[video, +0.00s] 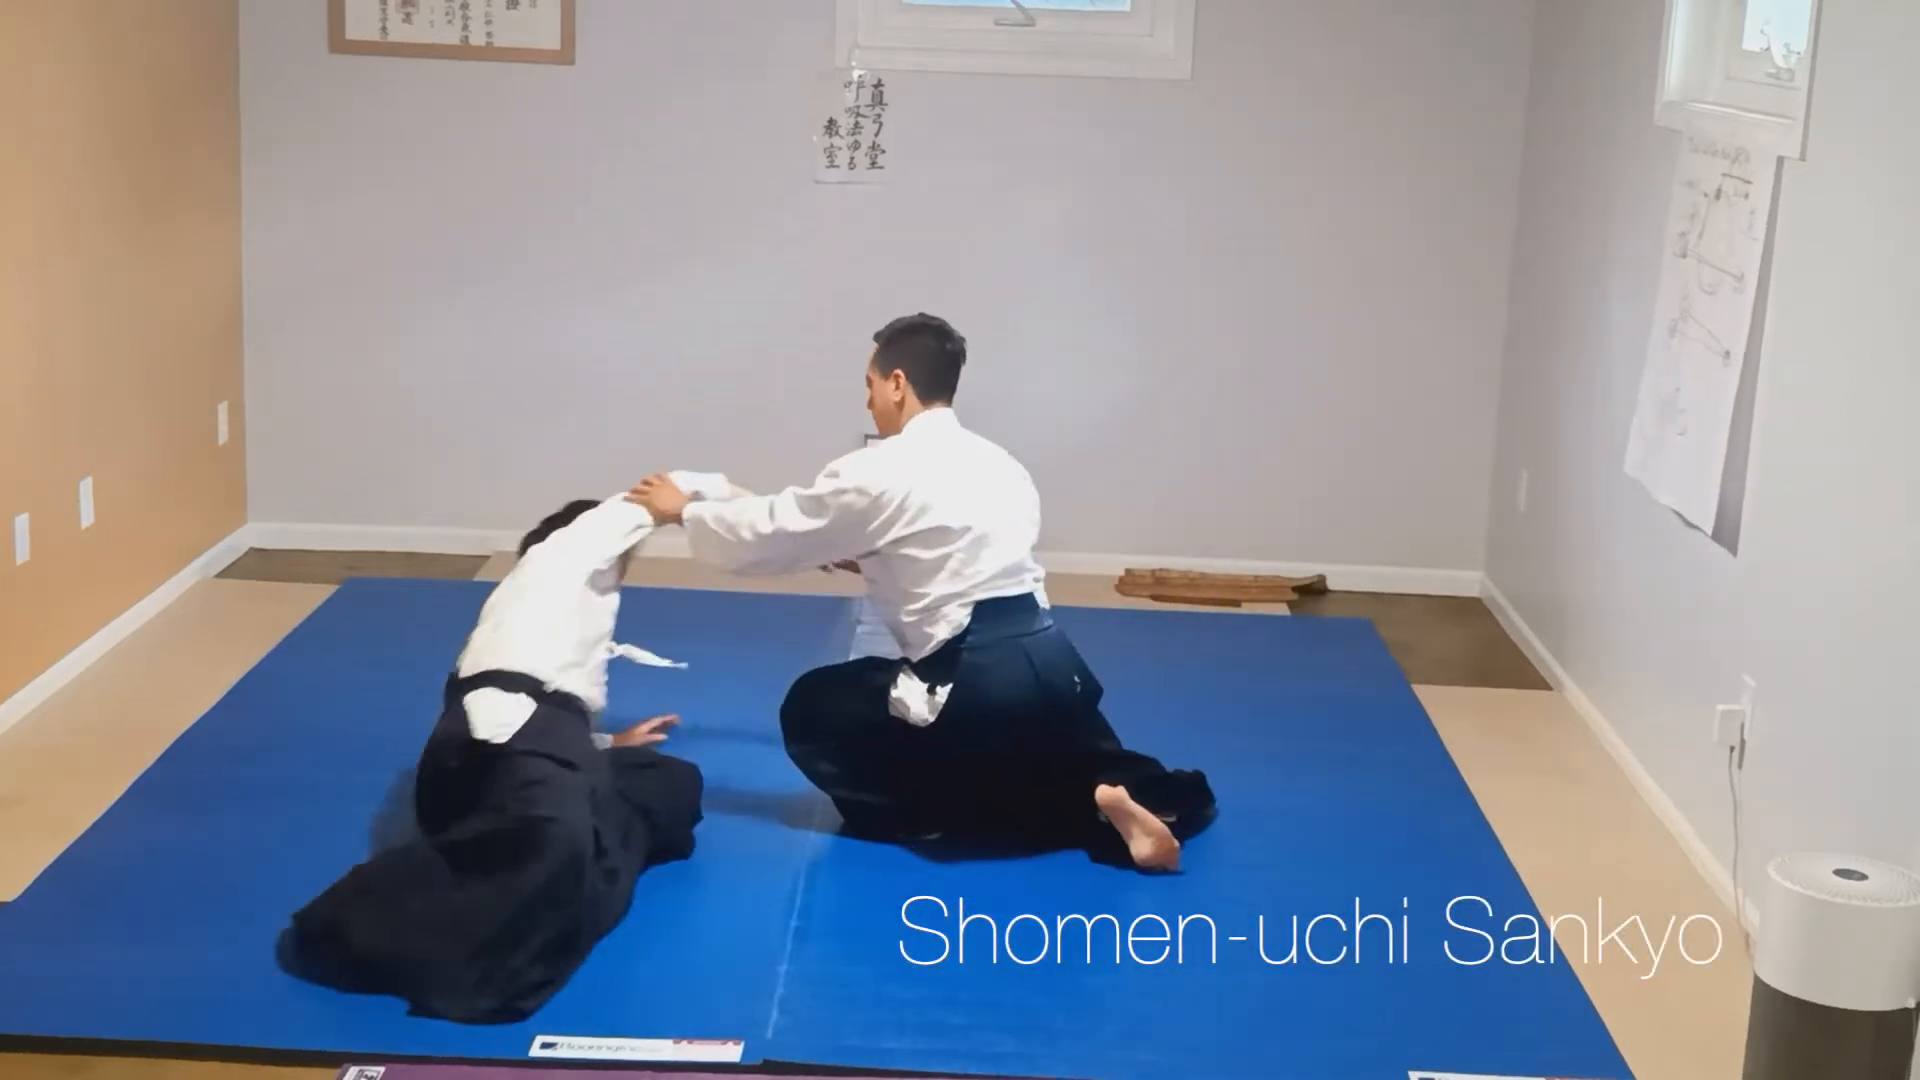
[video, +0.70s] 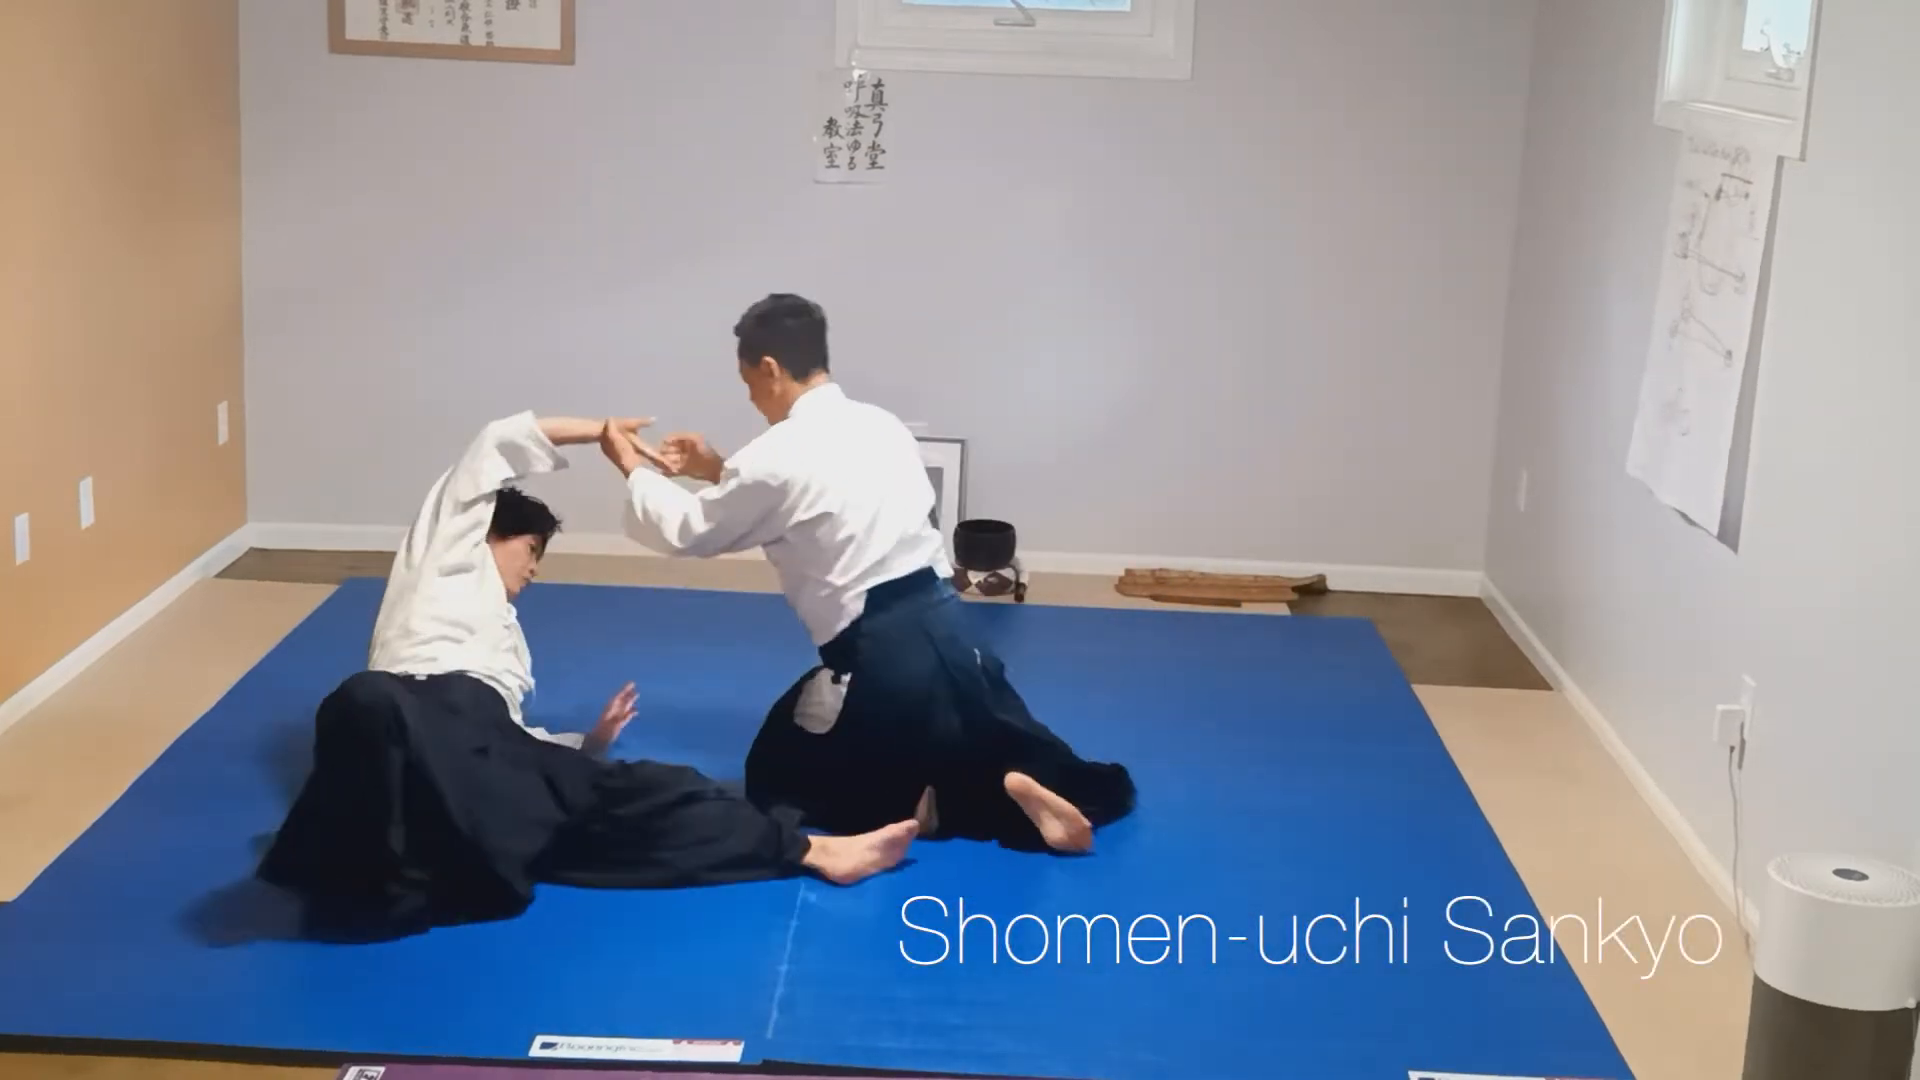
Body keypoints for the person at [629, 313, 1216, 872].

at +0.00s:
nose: (869, 401)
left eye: (871, 386)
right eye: (871, 385)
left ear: (895, 385)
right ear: (947, 387)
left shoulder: (880, 473)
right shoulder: (1005, 466)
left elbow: (768, 529)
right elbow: (960, 557)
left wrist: (686, 511)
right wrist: (870, 564)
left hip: (966, 693)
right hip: (1060, 680)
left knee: (810, 705)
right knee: (1098, 766)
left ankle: (920, 810)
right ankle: (1135, 800)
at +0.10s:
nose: (864, 397)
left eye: (866, 383)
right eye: (867, 382)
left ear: (889, 384)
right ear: (940, 388)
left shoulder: (872, 472)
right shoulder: (990, 461)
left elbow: (758, 520)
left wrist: (662, 505)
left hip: (966, 694)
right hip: (1058, 679)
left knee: (809, 708)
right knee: (1101, 761)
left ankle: (923, 807)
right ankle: (1132, 795)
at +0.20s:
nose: (856, 399)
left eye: (858, 384)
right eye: (859, 384)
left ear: (881, 386)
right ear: (934, 389)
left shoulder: (867, 474)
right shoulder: (977, 459)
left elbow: (747, 526)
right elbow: (854, 546)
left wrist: (658, 509)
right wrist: (761, 505)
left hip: (961, 698)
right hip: (1054, 680)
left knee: (804, 714)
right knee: (1103, 760)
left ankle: (923, 810)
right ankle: (1126, 797)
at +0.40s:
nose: (836, 404)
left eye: (837, 389)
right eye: (837, 389)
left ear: (862, 388)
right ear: (909, 391)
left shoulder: (854, 480)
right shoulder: (950, 457)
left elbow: (754, 554)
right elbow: (834, 520)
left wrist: (678, 532)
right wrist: (739, 506)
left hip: (939, 693)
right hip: (1028, 682)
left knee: (788, 739)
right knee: (1097, 763)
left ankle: (918, 808)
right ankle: (1111, 804)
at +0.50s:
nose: (815, 405)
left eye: (814, 389)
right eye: (814, 388)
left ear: (837, 384)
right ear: (886, 384)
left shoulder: (833, 475)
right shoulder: (935, 452)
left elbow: (732, 547)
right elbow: (821, 512)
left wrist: (657, 512)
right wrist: (722, 499)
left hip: (917, 689)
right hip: (1009, 679)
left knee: (781, 753)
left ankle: (883, 796)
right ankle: (1082, 809)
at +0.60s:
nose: (783, 399)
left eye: (781, 385)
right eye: (781, 385)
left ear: (803, 378)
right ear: (857, 373)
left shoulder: (805, 469)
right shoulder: (912, 441)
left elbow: (712, 543)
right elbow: (817, 508)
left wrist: (643, 495)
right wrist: (716, 491)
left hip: (886, 680)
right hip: (973, 659)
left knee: (777, 775)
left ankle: (902, 804)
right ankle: (1068, 811)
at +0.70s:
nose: (747, 395)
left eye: (746, 380)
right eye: (745, 380)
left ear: (770, 372)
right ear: (817, 359)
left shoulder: (777, 457)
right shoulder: (885, 426)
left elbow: (690, 530)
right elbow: (809, 503)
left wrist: (631, 471)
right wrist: (718, 471)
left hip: (873, 665)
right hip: (953, 646)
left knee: (775, 782)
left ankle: (924, 802)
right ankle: (1027, 798)